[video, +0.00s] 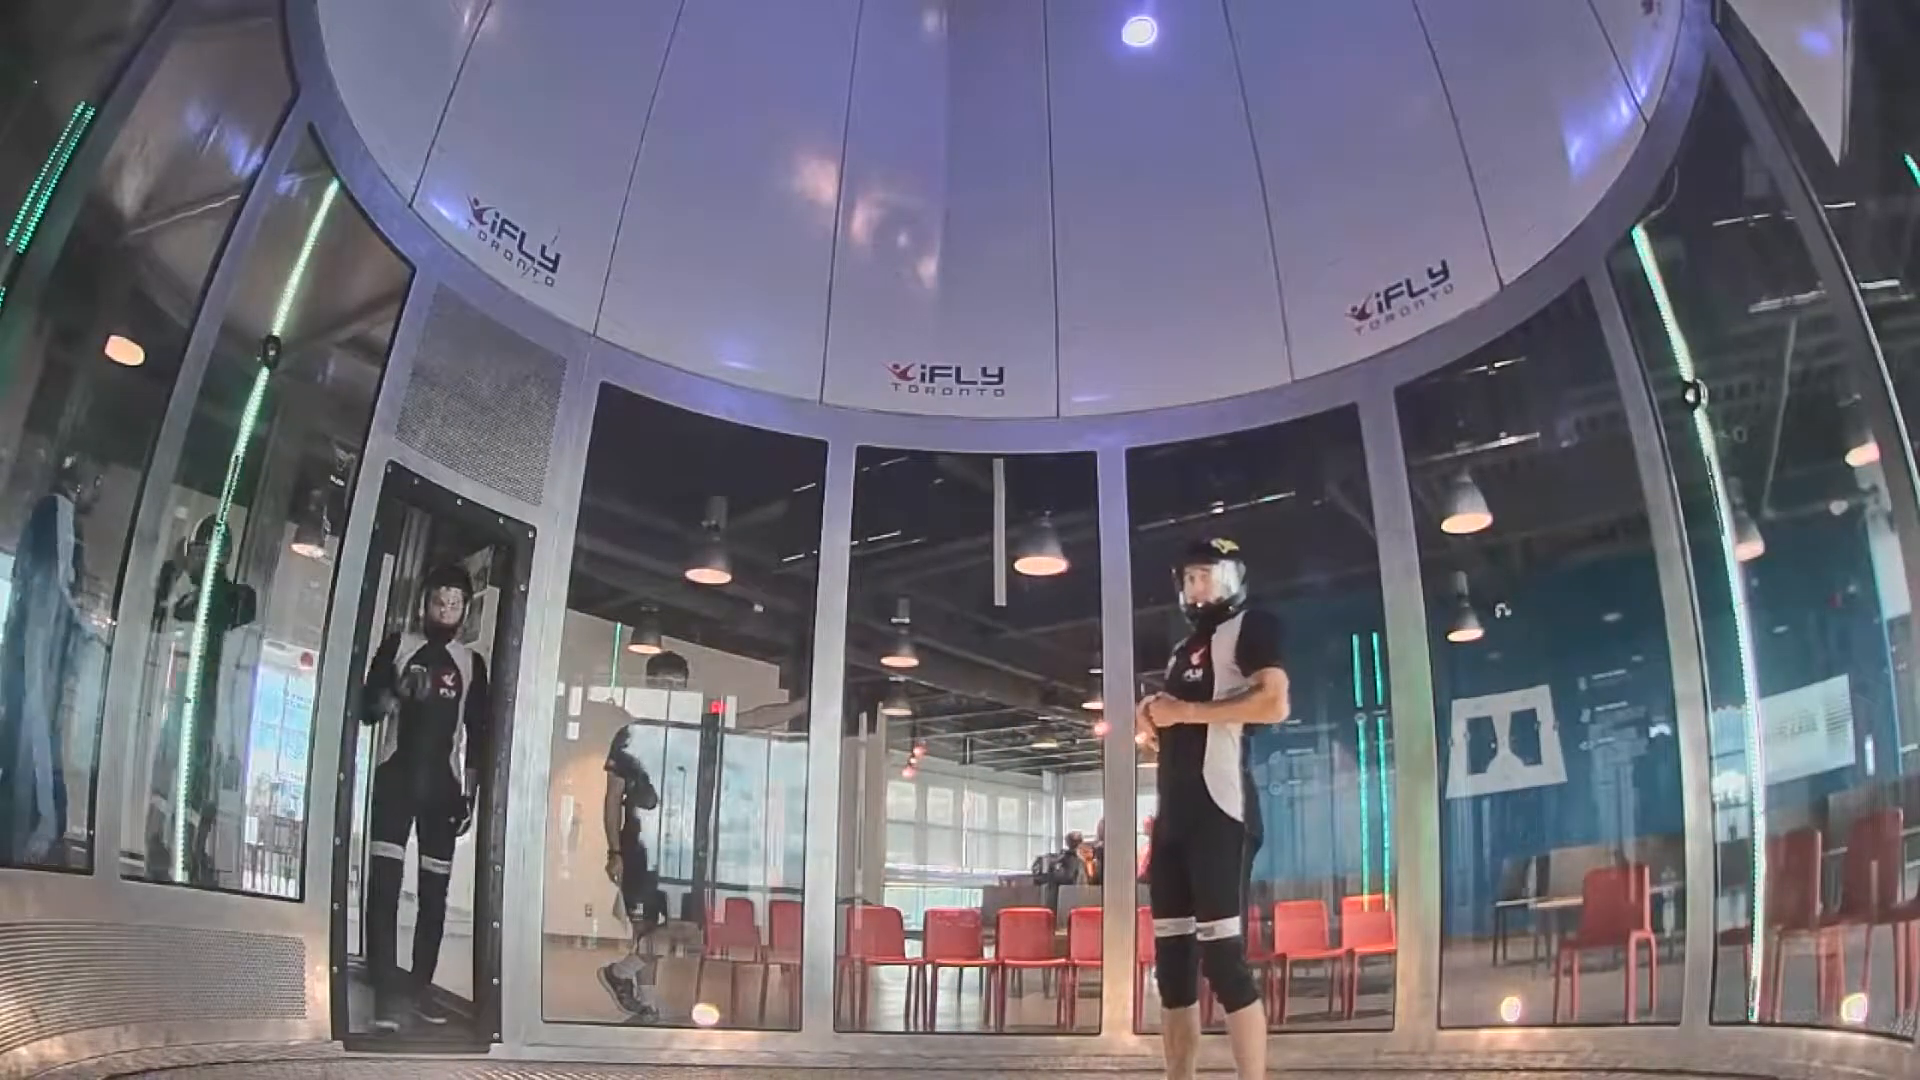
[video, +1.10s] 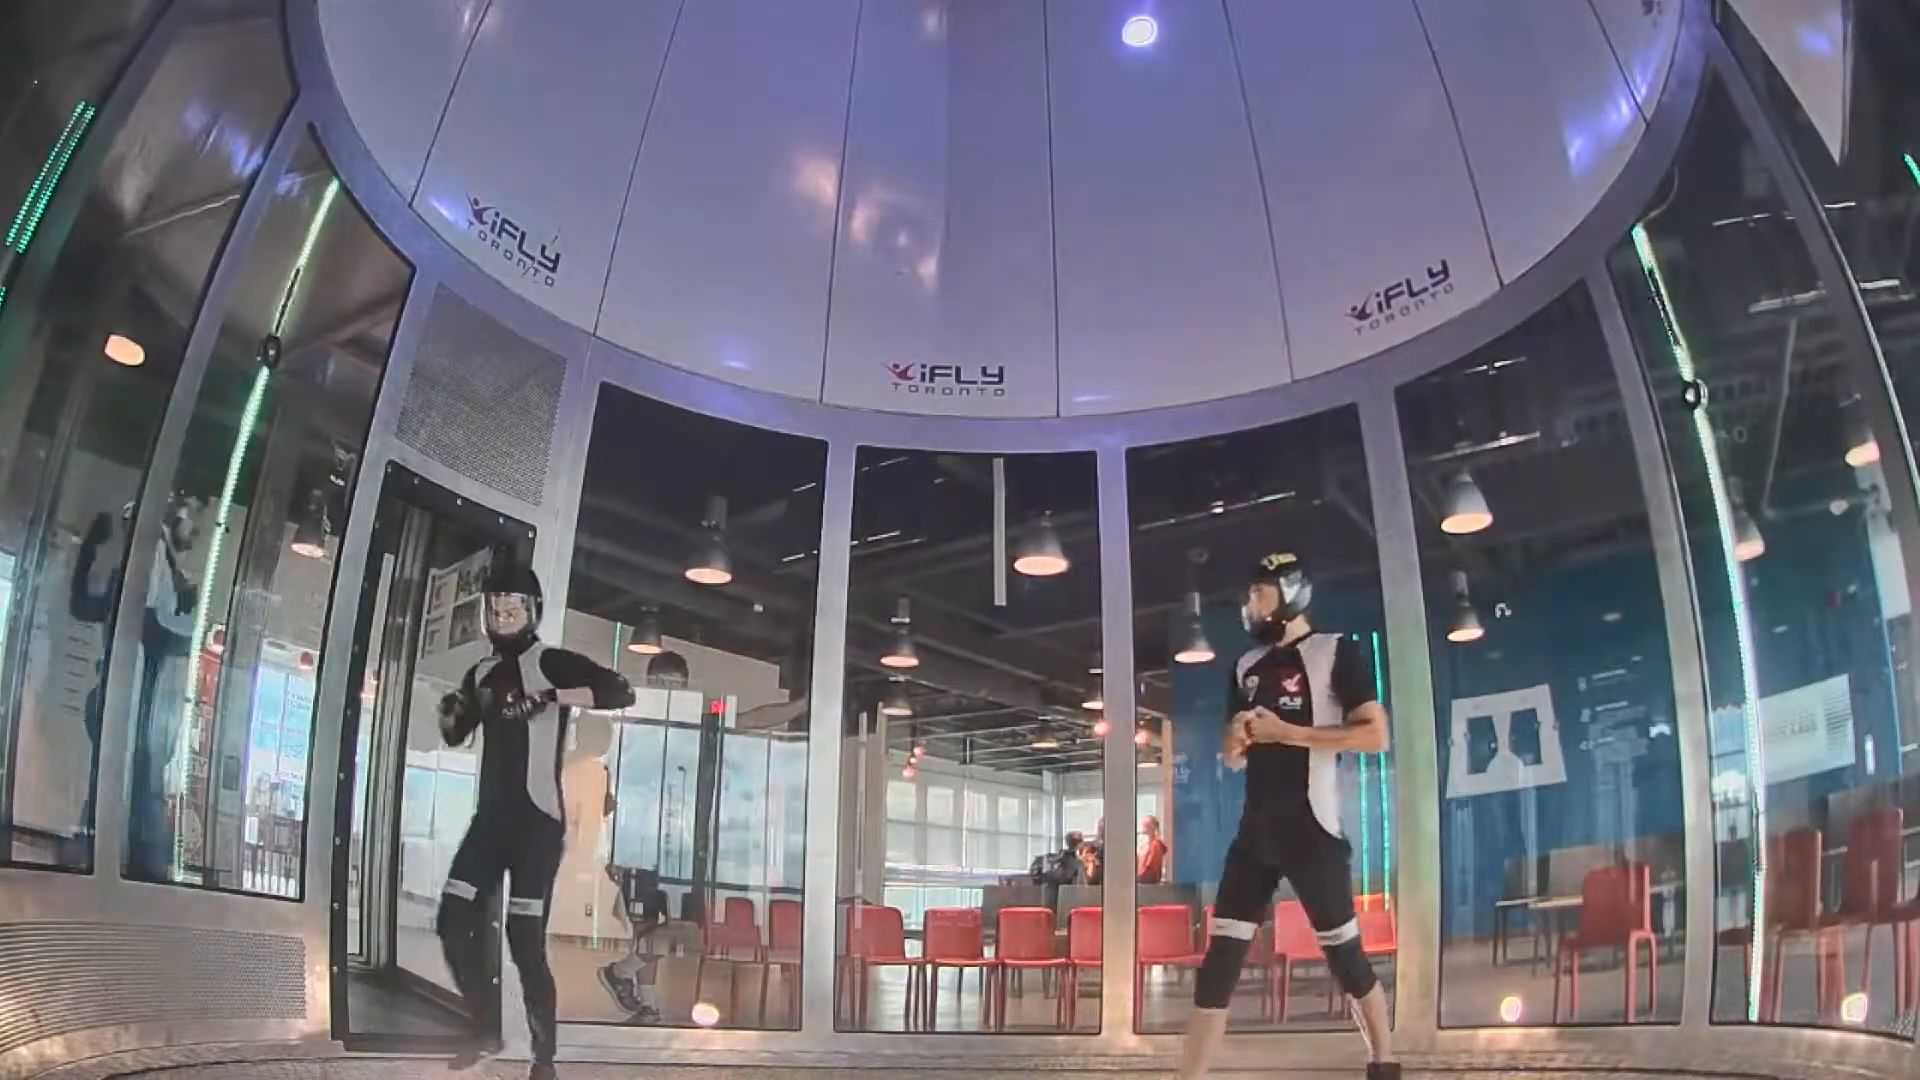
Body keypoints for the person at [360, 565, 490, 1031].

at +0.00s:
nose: (446, 608)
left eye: (455, 602)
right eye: (440, 599)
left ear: (466, 607)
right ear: (427, 601)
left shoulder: (473, 662)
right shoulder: (399, 645)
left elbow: (479, 731)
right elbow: (367, 708)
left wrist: (473, 789)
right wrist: (397, 688)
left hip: (444, 784)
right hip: (394, 778)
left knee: (434, 895)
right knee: (385, 887)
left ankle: (418, 994)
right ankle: (386, 996)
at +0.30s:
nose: (441, 591)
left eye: (450, 585)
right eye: (434, 582)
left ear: (461, 593)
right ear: (420, 585)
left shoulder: (471, 653)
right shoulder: (389, 634)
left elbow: (473, 722)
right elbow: (353, 697)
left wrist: (458, 762)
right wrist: (382, 712)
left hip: (437, 779)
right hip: (387, 772)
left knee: (442, 896)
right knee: (380, 884)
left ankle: (414, 979)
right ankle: (385, 996)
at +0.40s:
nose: (443, 587)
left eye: (452, 580)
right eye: (435, 577)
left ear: (464, 587)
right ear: (421, 581)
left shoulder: (475, 645)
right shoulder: (389, 633)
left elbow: (490, 717)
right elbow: (355, 702)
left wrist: (459, 703)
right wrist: (391, 673)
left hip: (439, 776)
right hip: (387, 771)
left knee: (445, 891)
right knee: (381, 883)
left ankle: (419, 994)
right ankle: (387, 1000)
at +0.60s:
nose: (449, 581)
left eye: (458, 573)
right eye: (442, 572)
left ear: (473, 578)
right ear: (430, 576)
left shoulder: (492, 631)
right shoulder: (406, 623)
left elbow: (547, 684)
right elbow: (358, 692)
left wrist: (497, 665)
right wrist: (389, 642)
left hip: (453, 773)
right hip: (398, 768)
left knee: (449, 901)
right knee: (387, 893)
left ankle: (456, 1016)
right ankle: (386, 1010)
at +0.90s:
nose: (473, 591)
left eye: (484, 583)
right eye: (466, 581)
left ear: (502, 588)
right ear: (456, 584)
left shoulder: (523, 634)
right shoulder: (438, 640)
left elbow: (596, 661)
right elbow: (403, 706)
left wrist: (536, 658)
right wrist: (394, 688)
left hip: (500, 791)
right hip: (447, 787)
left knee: (501, 918)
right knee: (407, 905)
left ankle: (528, 1041)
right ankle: (400, 1011)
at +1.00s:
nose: (494, 611)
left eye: (505, 603)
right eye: (487, 602)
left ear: (523, 607)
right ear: (476, 607)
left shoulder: (545, 656)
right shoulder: (470, 669)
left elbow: (613, 681)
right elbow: (432, 730)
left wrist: (562, 680)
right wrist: (436, 699)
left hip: (530, 815)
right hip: (481, 808)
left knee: (517, 936)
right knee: (431, 913)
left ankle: (541, 1056)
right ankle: (453, 1022)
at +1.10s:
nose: (504, 612)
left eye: (515, 603)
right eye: (495, 602)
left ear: (533, 610)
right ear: (485, 608)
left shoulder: (552, 663)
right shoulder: (479, 673)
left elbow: (621, 693)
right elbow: (456, 738)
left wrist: (560, 696)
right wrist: (453, 716)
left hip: (539, 822)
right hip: (490, 818)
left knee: (524, 936)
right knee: (454, 923)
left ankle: (543, 1058)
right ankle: (487, 1033)